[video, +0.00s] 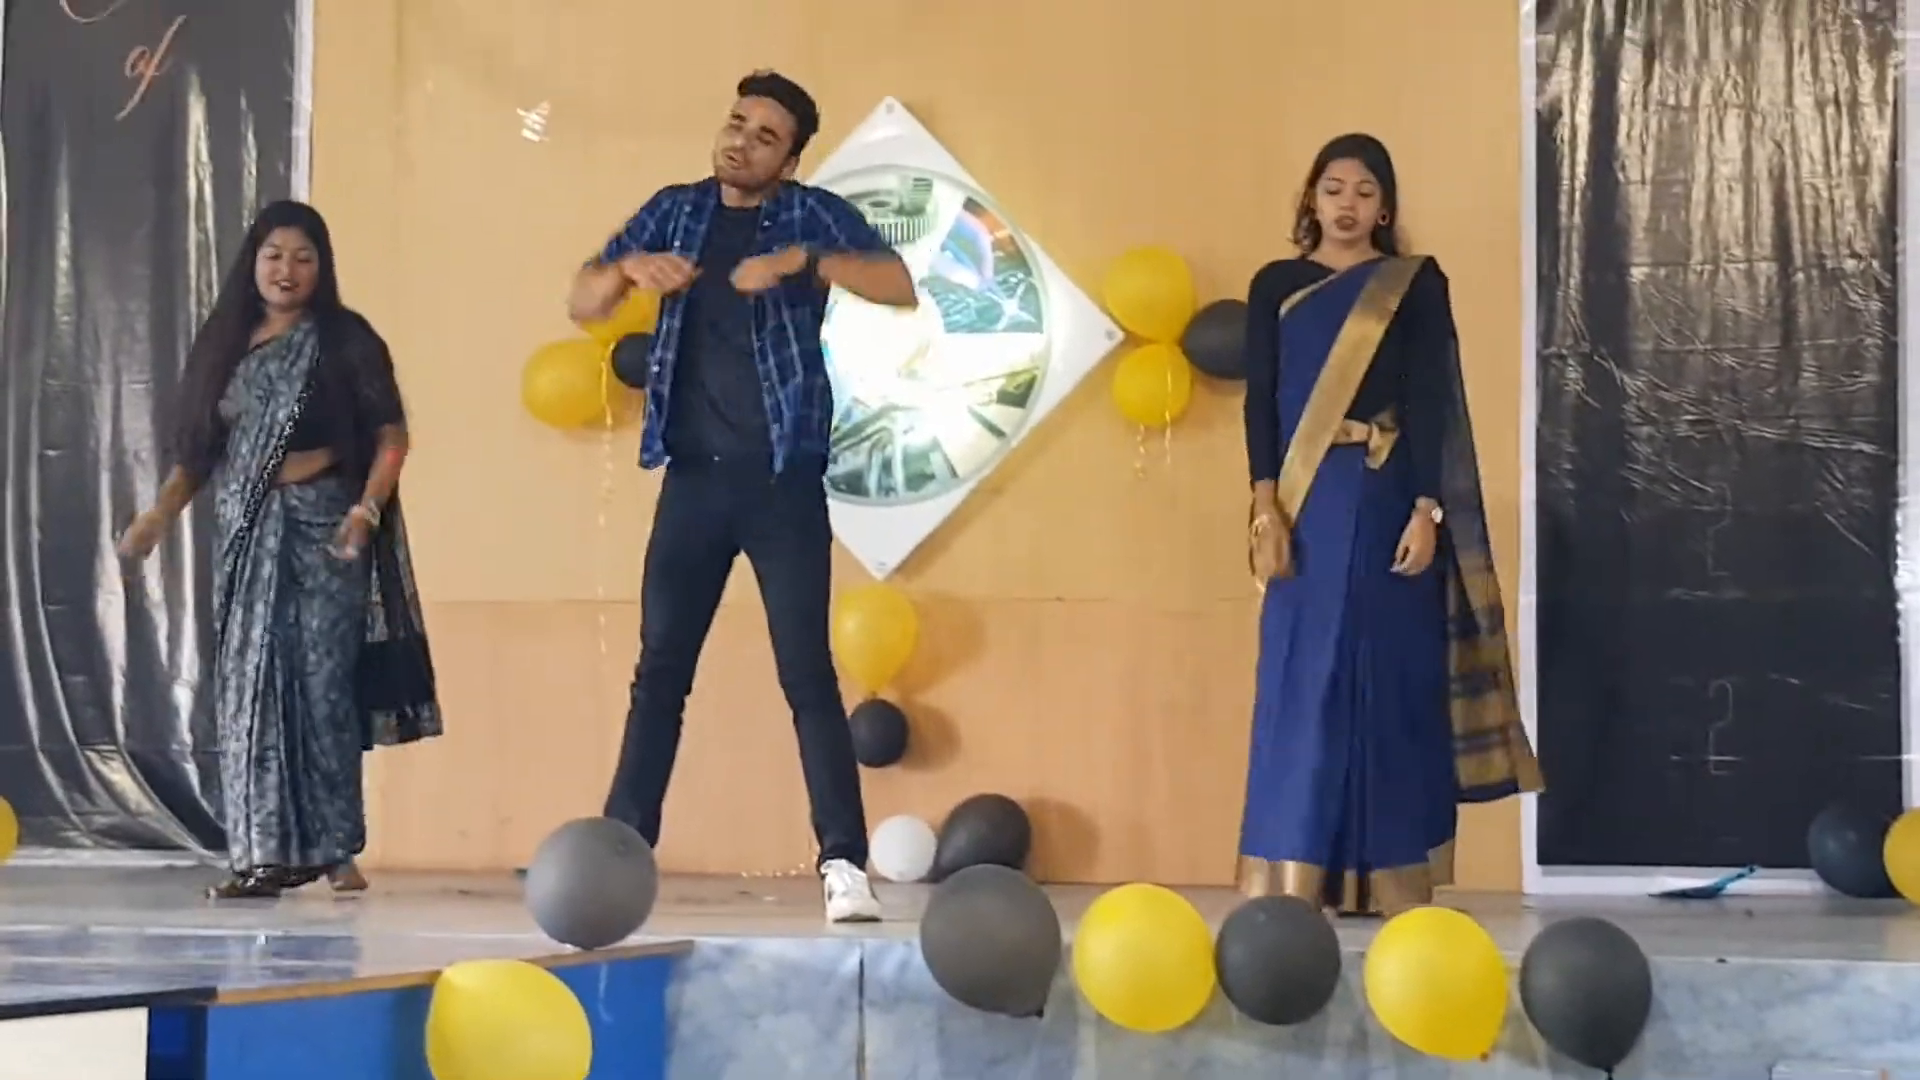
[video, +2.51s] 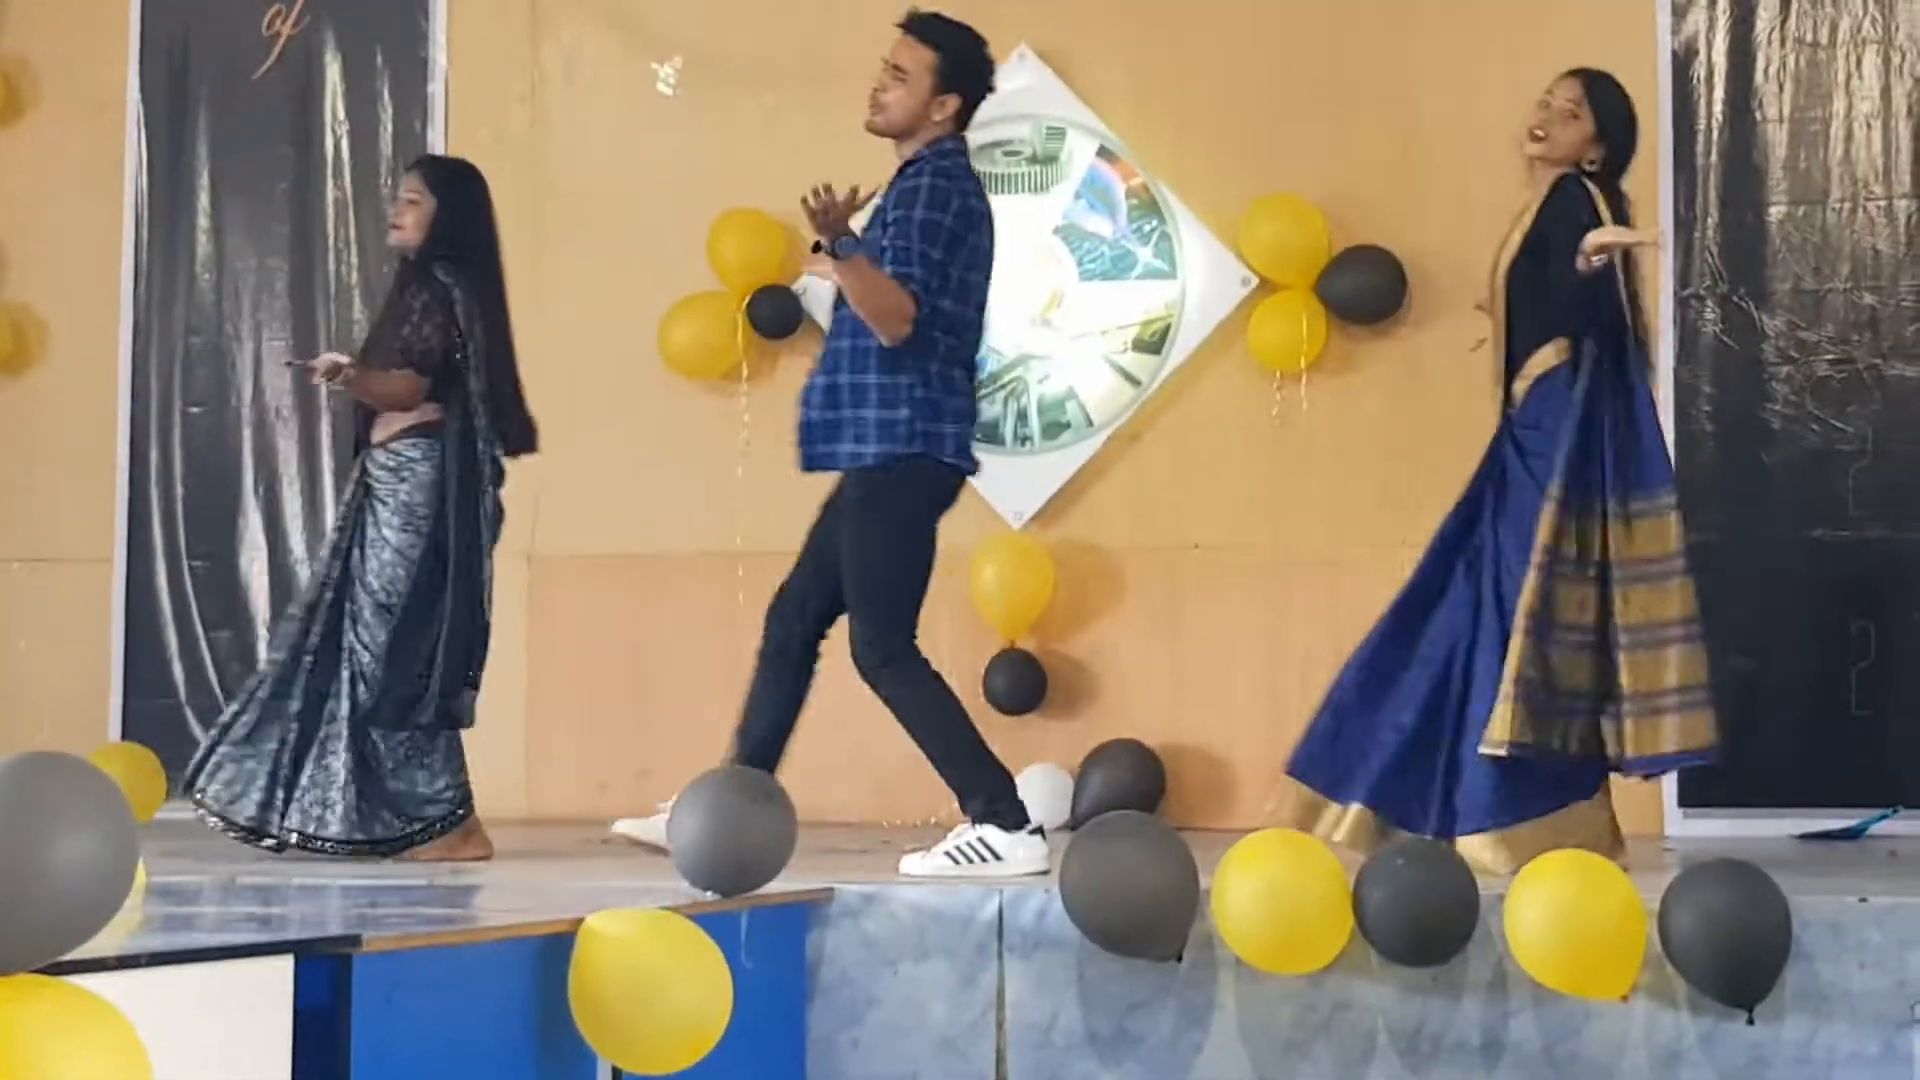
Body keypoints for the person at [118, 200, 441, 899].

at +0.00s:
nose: (287, 269)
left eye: (302, 258)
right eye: (274, 255)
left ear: (322, 268)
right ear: (253, 264)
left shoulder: (349, 339)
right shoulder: (228, 343)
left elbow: (391, 435)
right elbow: (202, 446)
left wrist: (367, 506)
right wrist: (161, 513)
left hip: (327, 529)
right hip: (250, 530)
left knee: (324, 685)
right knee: (253, 682)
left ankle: (334, 849)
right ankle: (266, 854)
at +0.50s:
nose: (467, 414)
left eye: (482, 404)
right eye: (456, 400)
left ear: (502, 415)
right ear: (434, 404)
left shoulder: (515, 493)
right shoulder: (392, 471)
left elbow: (526, 579)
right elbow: (328, 538)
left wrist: (509, 636)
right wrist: (355, 583)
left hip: (470, 672)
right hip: (388, 668)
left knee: (480, 811)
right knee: (385, 809)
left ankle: (506, 969)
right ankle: (378, 963)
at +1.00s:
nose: (544, 474)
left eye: (559, 460)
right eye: (530, 463)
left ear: (583, 469)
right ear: (513, 475)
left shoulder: (619, 553)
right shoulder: (479, 549)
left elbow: (647, 660)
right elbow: (432, 647)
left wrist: (603, 621)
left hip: (577, 746)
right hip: (487, 748)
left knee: (571, 914)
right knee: (485, 911)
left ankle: (569, 1062)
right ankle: (482, 1062)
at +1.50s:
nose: (382, 532)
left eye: (399, 521)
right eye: (371, 521)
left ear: (427, 536)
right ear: (357, 536)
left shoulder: (469, 617)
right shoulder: (339, 625)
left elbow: (526, 706)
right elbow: (322, 723)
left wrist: (490, 762)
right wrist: (295, 755)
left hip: (442, 823)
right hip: (356, 823)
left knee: (441, 983)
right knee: (340, 977)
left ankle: (447, 1073)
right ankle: (338, 1072)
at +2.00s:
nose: (293, 283)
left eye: (311, 272)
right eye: (285, 270)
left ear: (342, 285)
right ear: (272, 280)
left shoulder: (368, 368)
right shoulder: (262, 369)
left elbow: (375, 470)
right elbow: (249, 486)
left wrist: (332, 512)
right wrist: (212, 569)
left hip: (337, 566)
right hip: (264, 563)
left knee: (299, 716)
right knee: (231, 715)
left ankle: (391, 867)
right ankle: (255, 893)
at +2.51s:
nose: (396, 212)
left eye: (411, 203)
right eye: (399, 200)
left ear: (445, 217)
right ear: (434, 216)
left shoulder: (434, 285)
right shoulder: (447, 282)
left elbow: (410, 386)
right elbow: (441, 391)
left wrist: (352, 375)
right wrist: (379, 411)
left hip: (418, 485)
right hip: (430, 481)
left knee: (384, 644)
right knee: (400, 645)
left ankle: (449, 822)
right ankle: (433, 818)